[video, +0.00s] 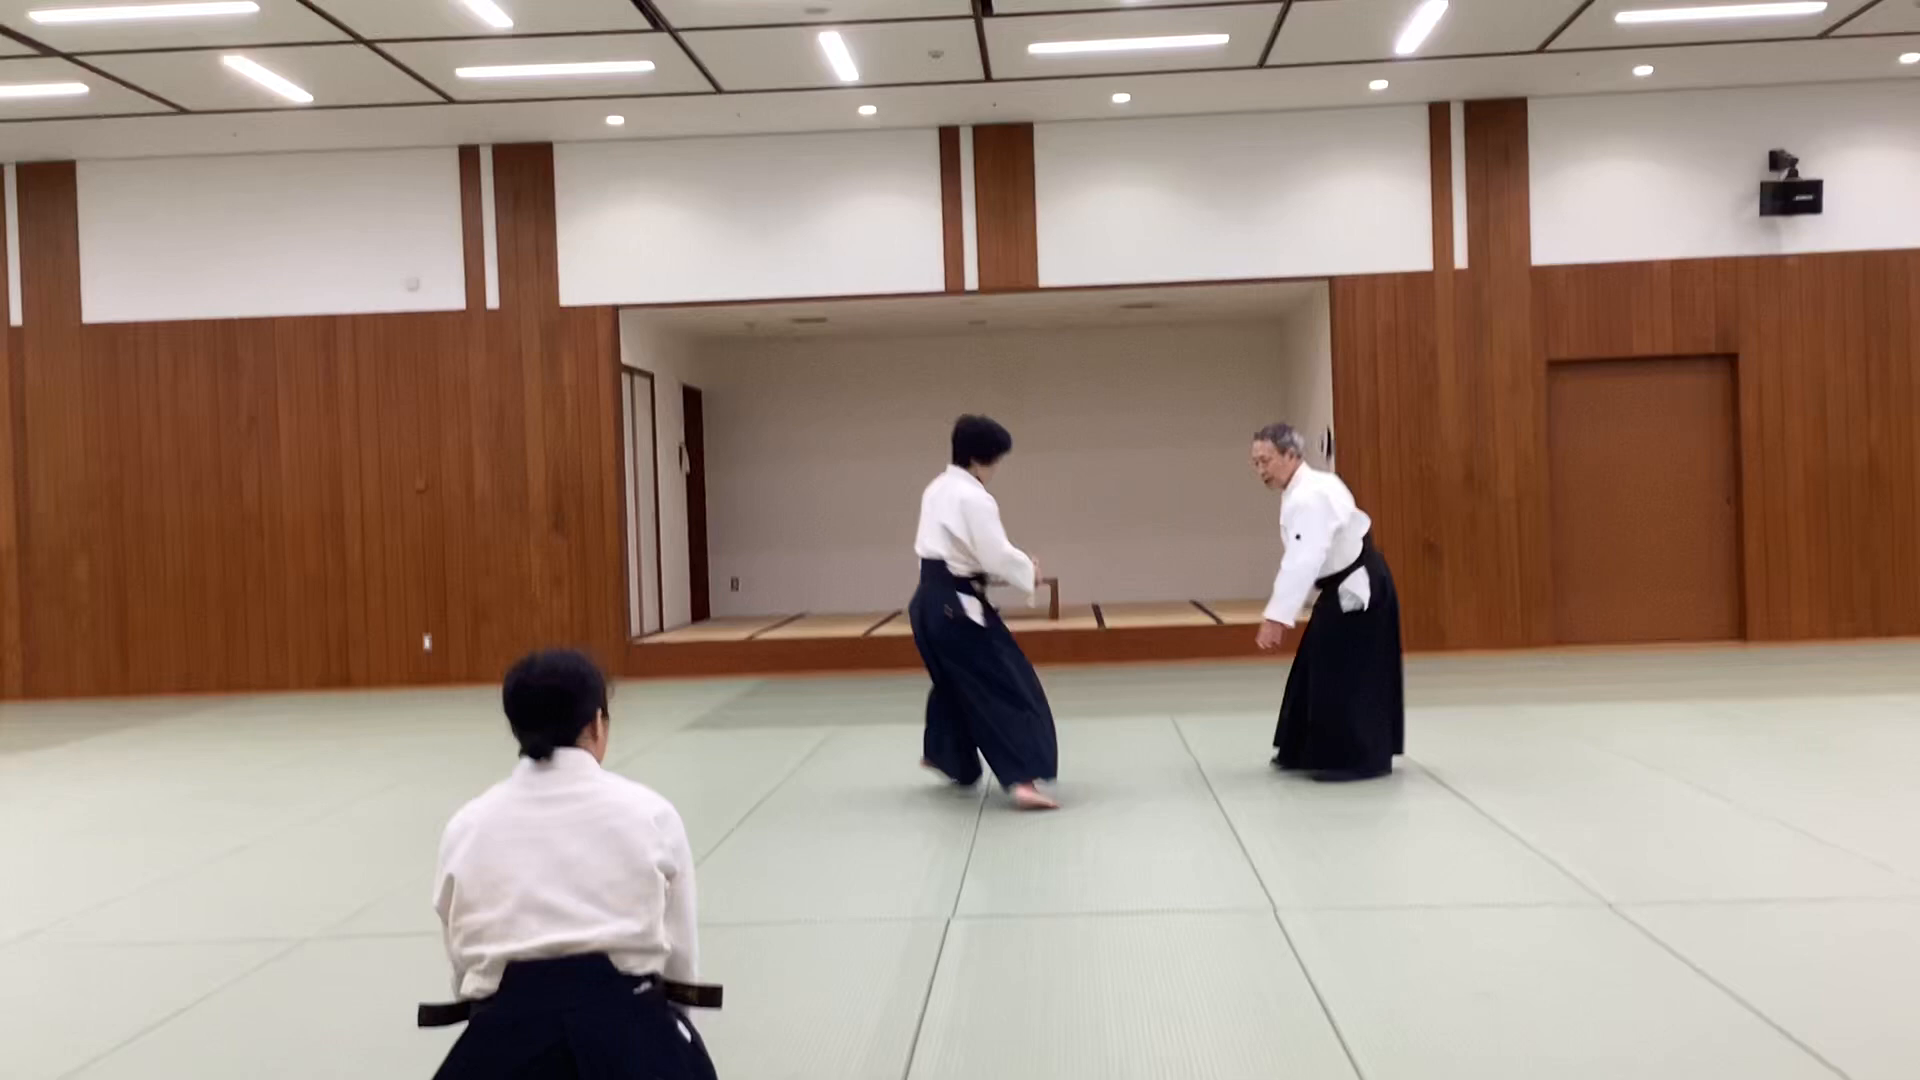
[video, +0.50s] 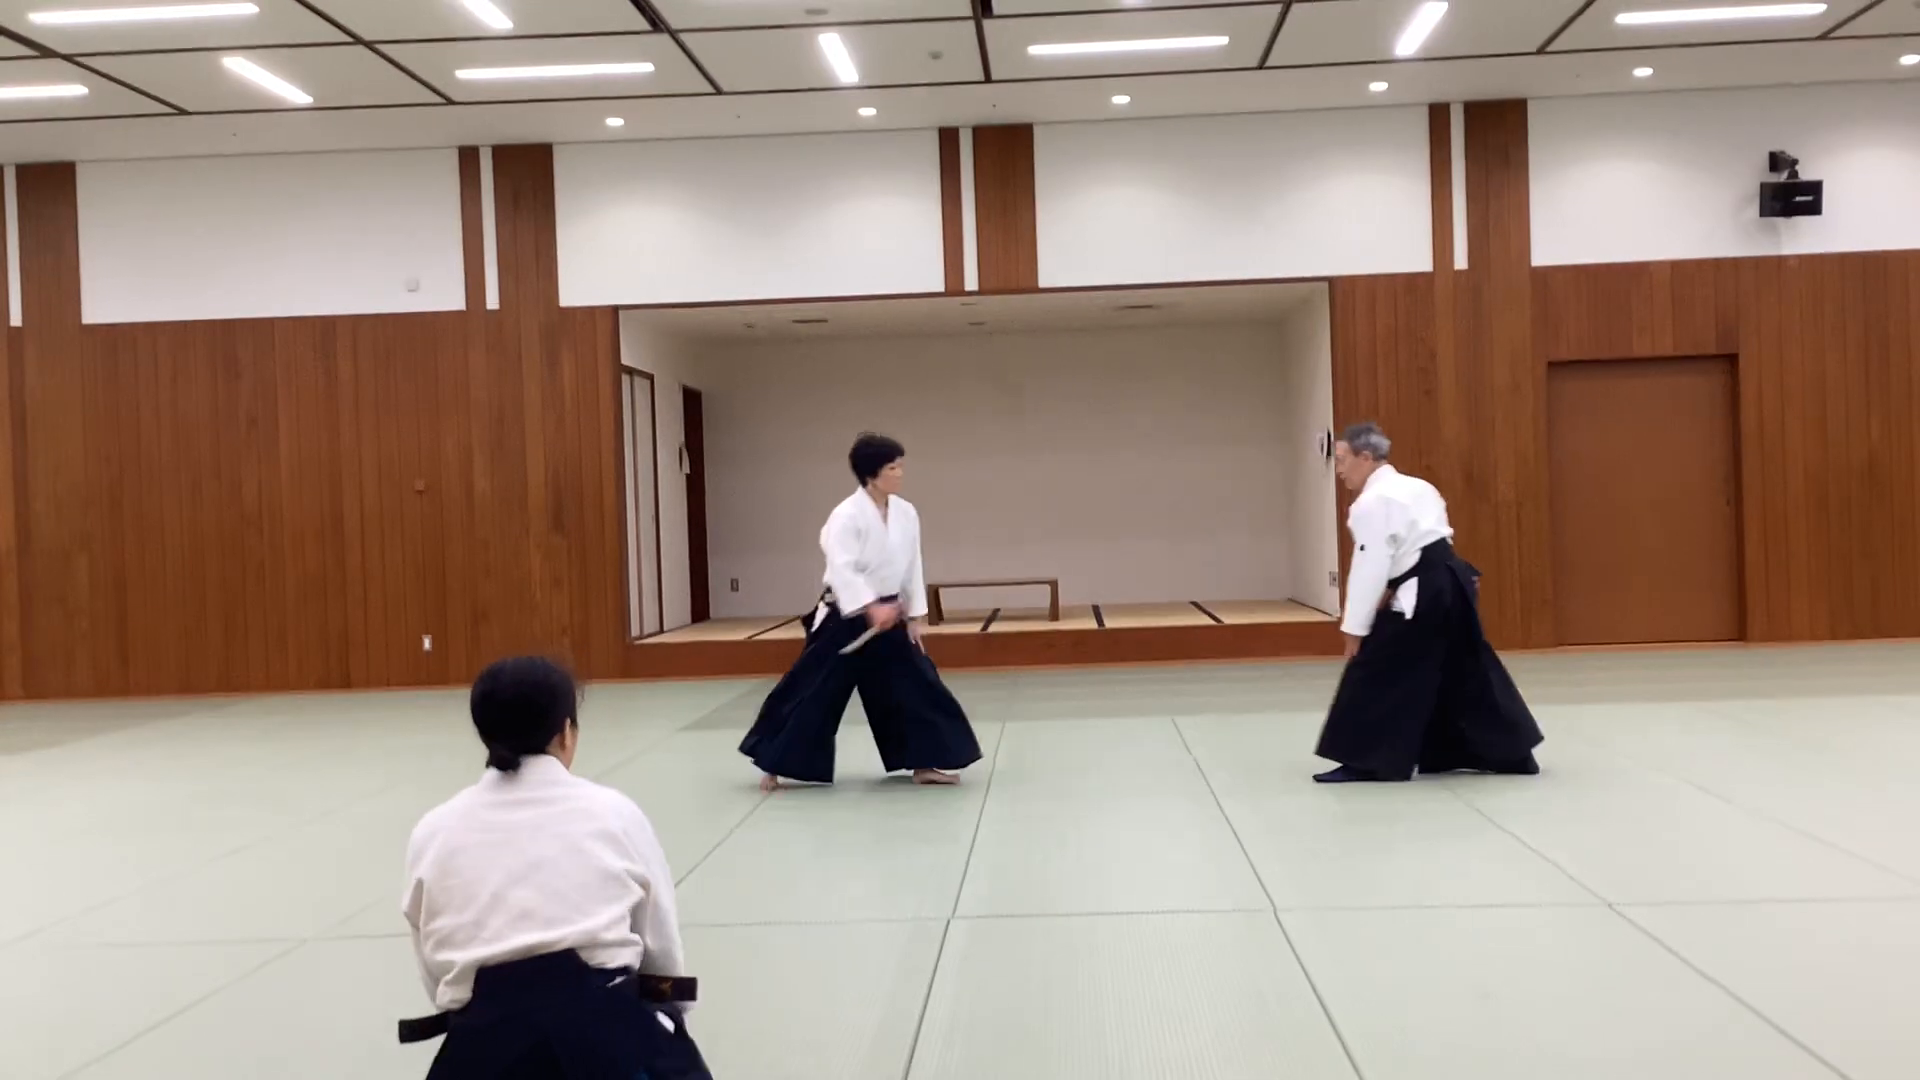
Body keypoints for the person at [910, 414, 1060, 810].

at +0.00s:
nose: (996, 467)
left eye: (997, 459)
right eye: (995, 459)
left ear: (960, 452)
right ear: (982, 458)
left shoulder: (936, 488)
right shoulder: (975, 498)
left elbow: (959, 552)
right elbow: (995, 556)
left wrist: (1018, 562)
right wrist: (1030, 570)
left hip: (926, 601)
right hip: (958, 606)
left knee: (952, 680)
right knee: (1009, 684)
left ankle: (939, 752)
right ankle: (1022, 780)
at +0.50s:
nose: (901, 472)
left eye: (901, 465)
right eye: (893, 467)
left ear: (892, 473)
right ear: (872, 474)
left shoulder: (906, 513)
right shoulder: (845, 516)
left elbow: (913, 568)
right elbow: (841, 570)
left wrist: (915, 619)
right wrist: (870, 606)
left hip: (888, 615)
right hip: (844, 616)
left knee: (917, 683)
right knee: (815, 690)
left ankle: (923, 765)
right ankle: (774, 759)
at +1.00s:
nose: (942, 490)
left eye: (939, 484)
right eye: (933, 487)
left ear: (934, 492)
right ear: (915, 497)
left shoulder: (953, 522)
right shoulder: (894, 536)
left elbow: (983, 563)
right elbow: (870, 590)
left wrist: (1021, 599)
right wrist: (877, 635)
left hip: (933, 624)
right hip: (895, 624)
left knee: (975, 680)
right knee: (853, 691)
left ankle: (977, 761)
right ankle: (787, 749)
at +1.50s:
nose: (1107, 451)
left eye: (1104, 446)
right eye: (1102, 447)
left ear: (1069, 460)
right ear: (1092, 457)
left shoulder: (1056, 490)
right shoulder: (1097, 492)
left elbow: (1027, 526)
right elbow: (1145, 468)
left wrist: (1012, 554)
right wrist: (1126, 423)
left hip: (1065, 601)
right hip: (1097, 602)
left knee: (1065, 680)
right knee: (1143, 673)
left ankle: (1004, 746)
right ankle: (1163, 765)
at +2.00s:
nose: (1200, 454)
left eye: (1198, 447)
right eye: (1199, 447)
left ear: (1157, 440)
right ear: (1189, 446)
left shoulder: (1126, 475)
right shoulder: (1186, 483)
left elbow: (1092, 514)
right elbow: (1232, 511)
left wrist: (1064, 547)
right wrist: (1260, 516)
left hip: (1124, 585)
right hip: (1166, 586)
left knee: (1127, 669)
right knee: (1218, 663)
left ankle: (1109, 754)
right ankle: (1244, 753)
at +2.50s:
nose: (1205, 476)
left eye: (1212, 469)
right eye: (1199, 468)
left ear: (1219, 468)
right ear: (1184, 465)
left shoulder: (1220, 495)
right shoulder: (1168, 502)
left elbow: (1241, 537)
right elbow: (1183, 558)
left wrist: (1250, 576)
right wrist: (1223, 589)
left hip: (1196, 582)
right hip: (1155, 584)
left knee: (1212, 656)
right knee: (1134, 656)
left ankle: (1216, 732)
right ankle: (1115, 723)